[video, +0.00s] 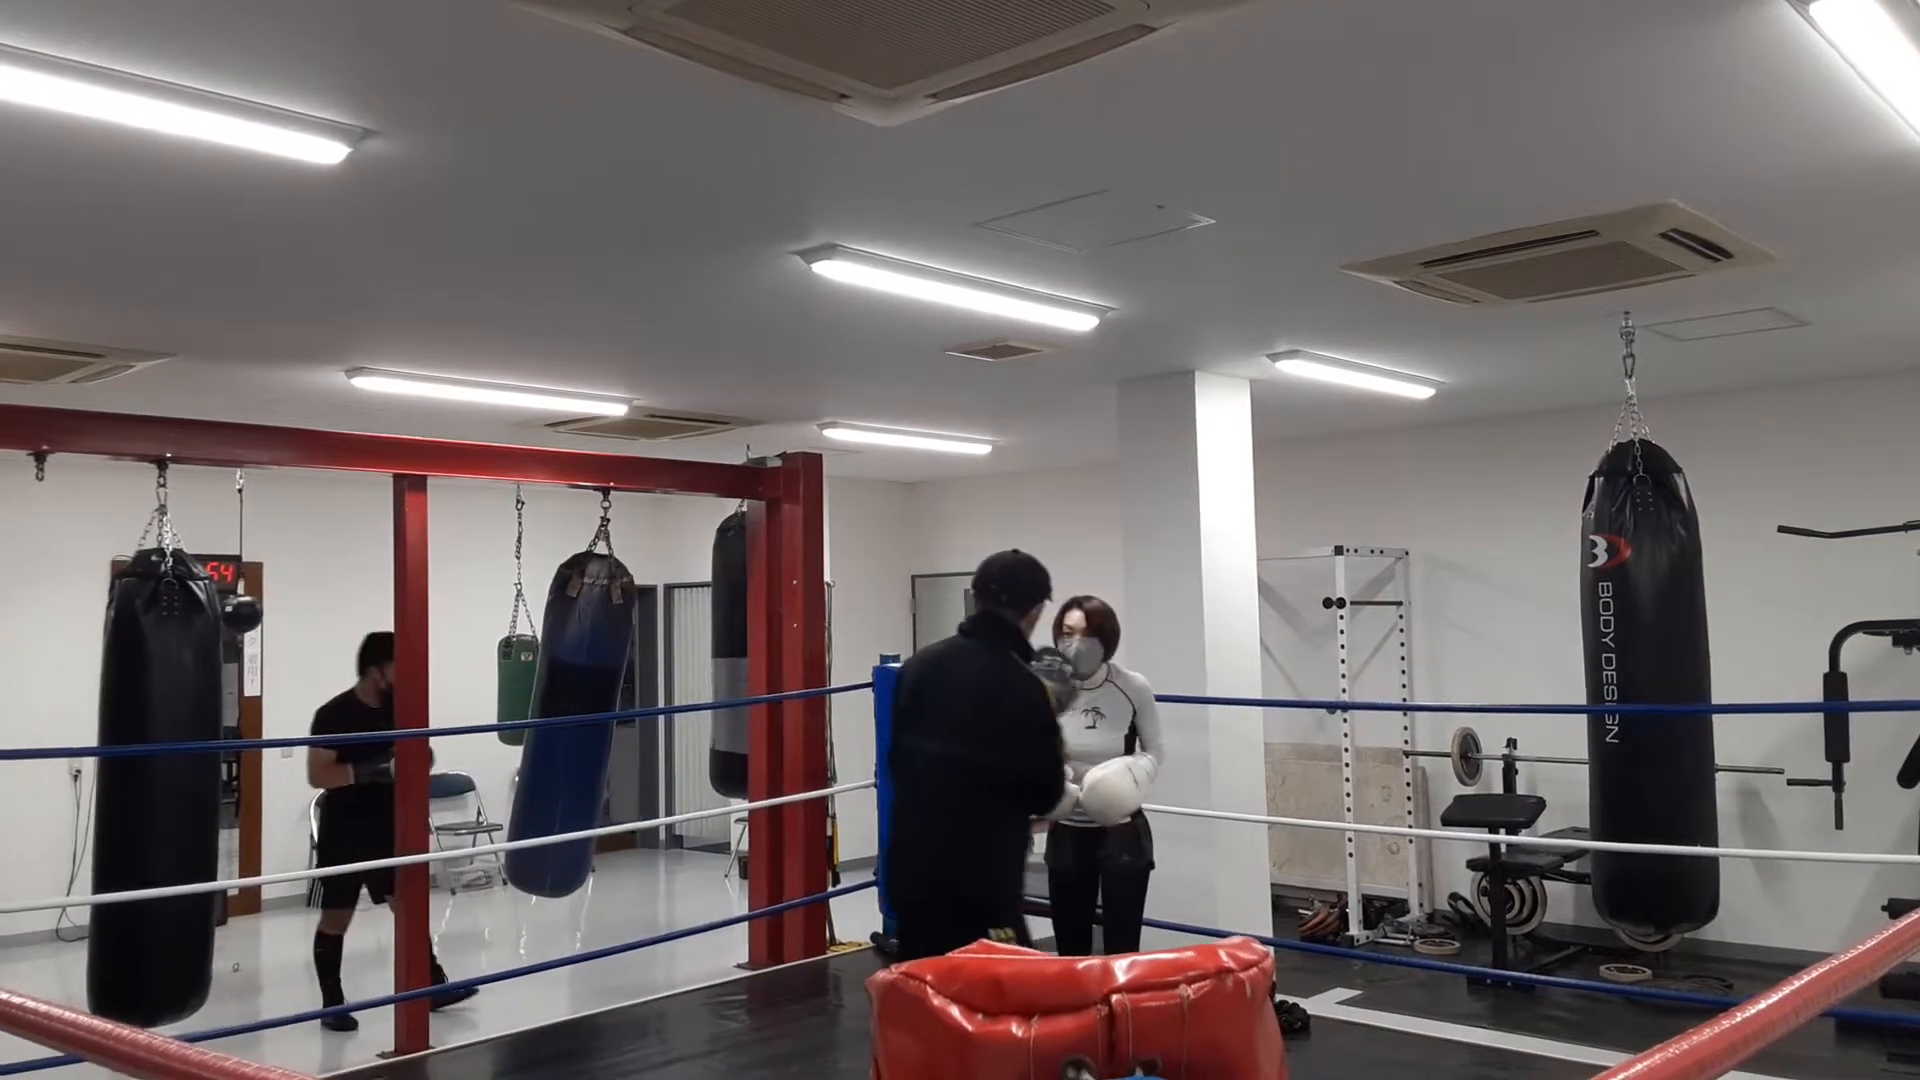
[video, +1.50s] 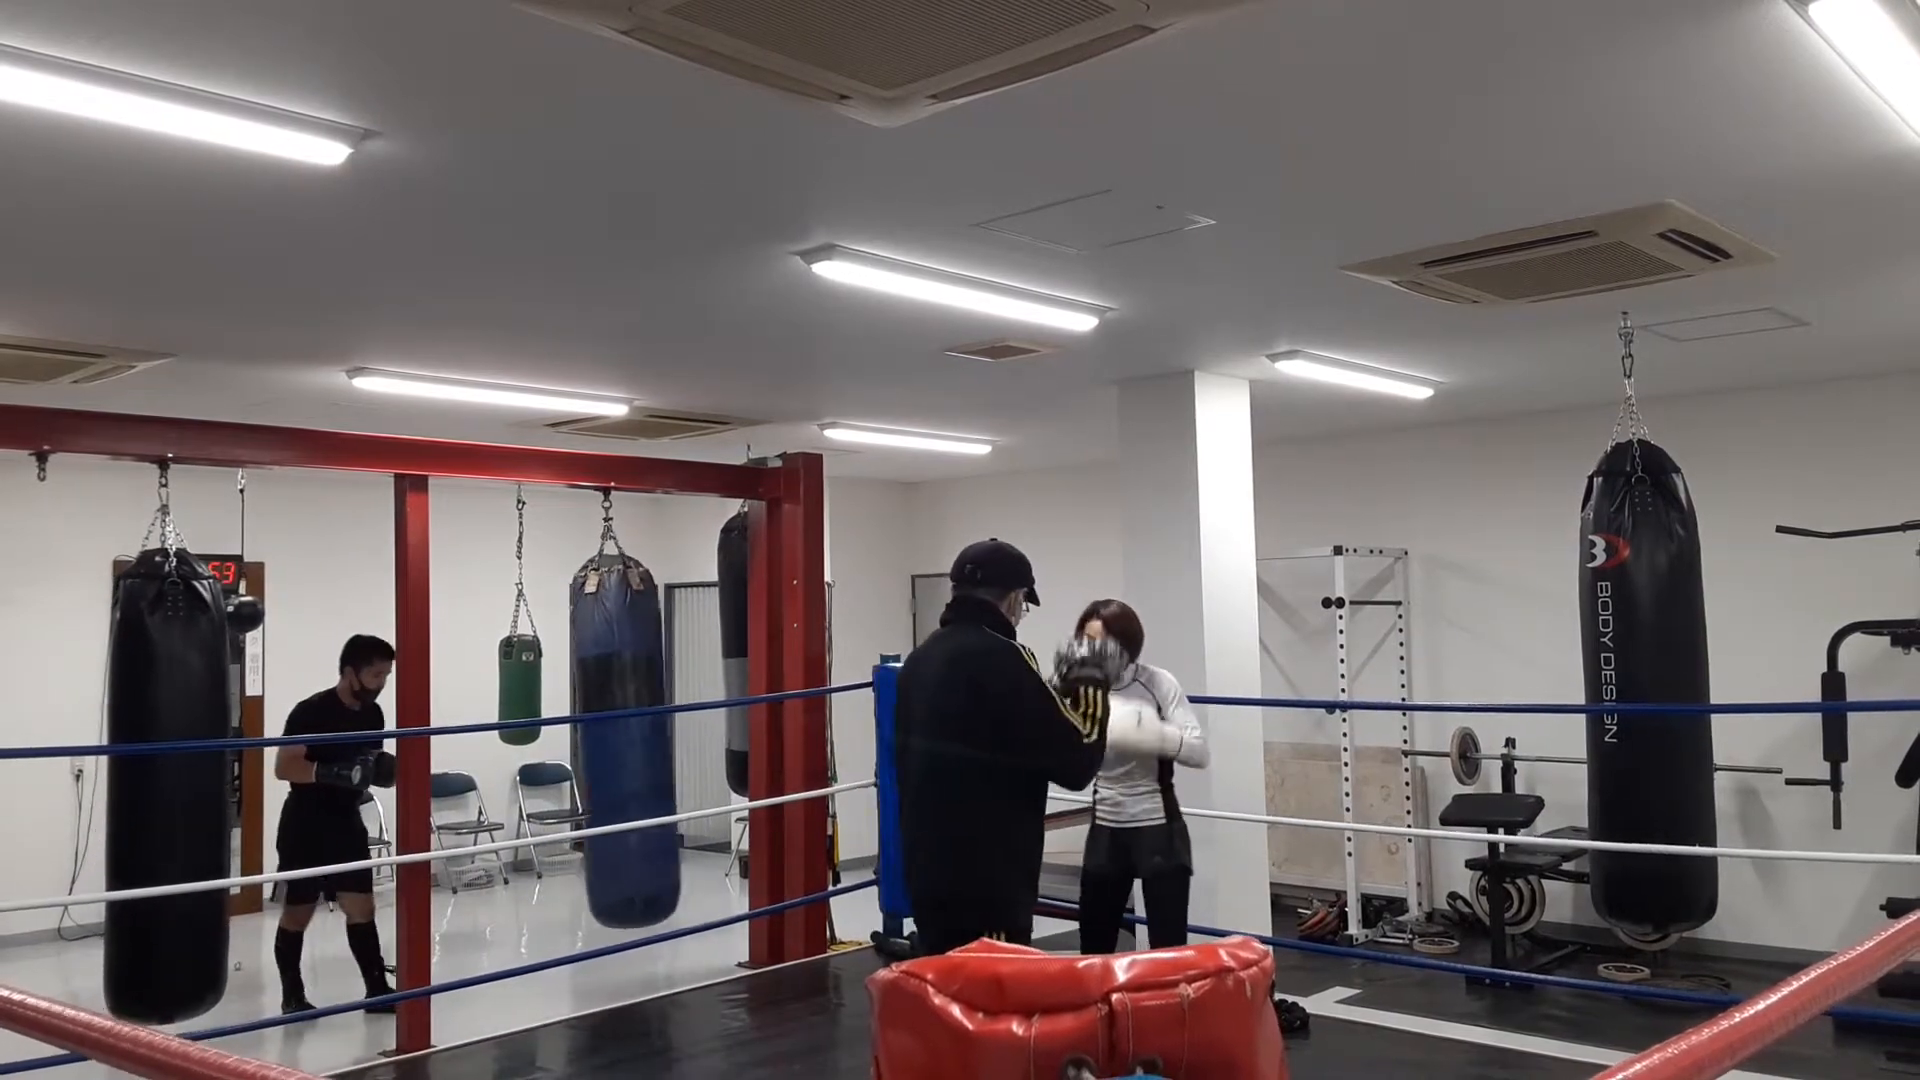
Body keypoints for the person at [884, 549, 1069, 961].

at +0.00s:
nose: (1040, 622)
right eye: (1041, 613)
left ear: (976, 597)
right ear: (1033, 613)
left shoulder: (919, 667)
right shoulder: (1024, 688)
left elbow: (899, 764)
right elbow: (1043, 795)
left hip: (914, 864)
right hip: (986, 872)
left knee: (921, 997)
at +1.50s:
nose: (1022, 613)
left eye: (1024, 602)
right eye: (1022, 601)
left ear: (961, 593)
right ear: (1009, 599)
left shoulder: (918, 661)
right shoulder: (1001, 659)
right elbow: (1078, 767)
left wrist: (1055, 695)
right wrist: (1091, 690)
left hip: (929, 874)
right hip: (995, 879)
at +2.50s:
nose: (1051, 623)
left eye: (1053, 611)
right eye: (1051, 610)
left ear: (988, 602)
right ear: (1035, 608)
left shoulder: (936, 660)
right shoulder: (1017, 667)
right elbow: (1094, 764)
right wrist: (1111, 673)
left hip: (918, 879)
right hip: (979, 886)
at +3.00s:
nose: (1016, 621)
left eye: (1018, 609)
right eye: (1016, 608)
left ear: (947, 603)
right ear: (999, 606)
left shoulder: (899, 668)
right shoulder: (1004, 680)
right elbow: (1068, 795)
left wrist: (1047, 694)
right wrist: (1098, 694)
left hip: (892, 896)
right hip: (971, 903)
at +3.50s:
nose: (1030, 632)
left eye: (1034, 619)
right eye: (1031, 617)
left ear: (960, 605)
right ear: (1010, 610)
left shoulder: (902, 670)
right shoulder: (996, 683)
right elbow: (1071, 770)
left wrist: (1021, 687)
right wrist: (1119, 689)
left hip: (872, 902)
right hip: (943, 910)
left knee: (894, 1053)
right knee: (947, 1054)